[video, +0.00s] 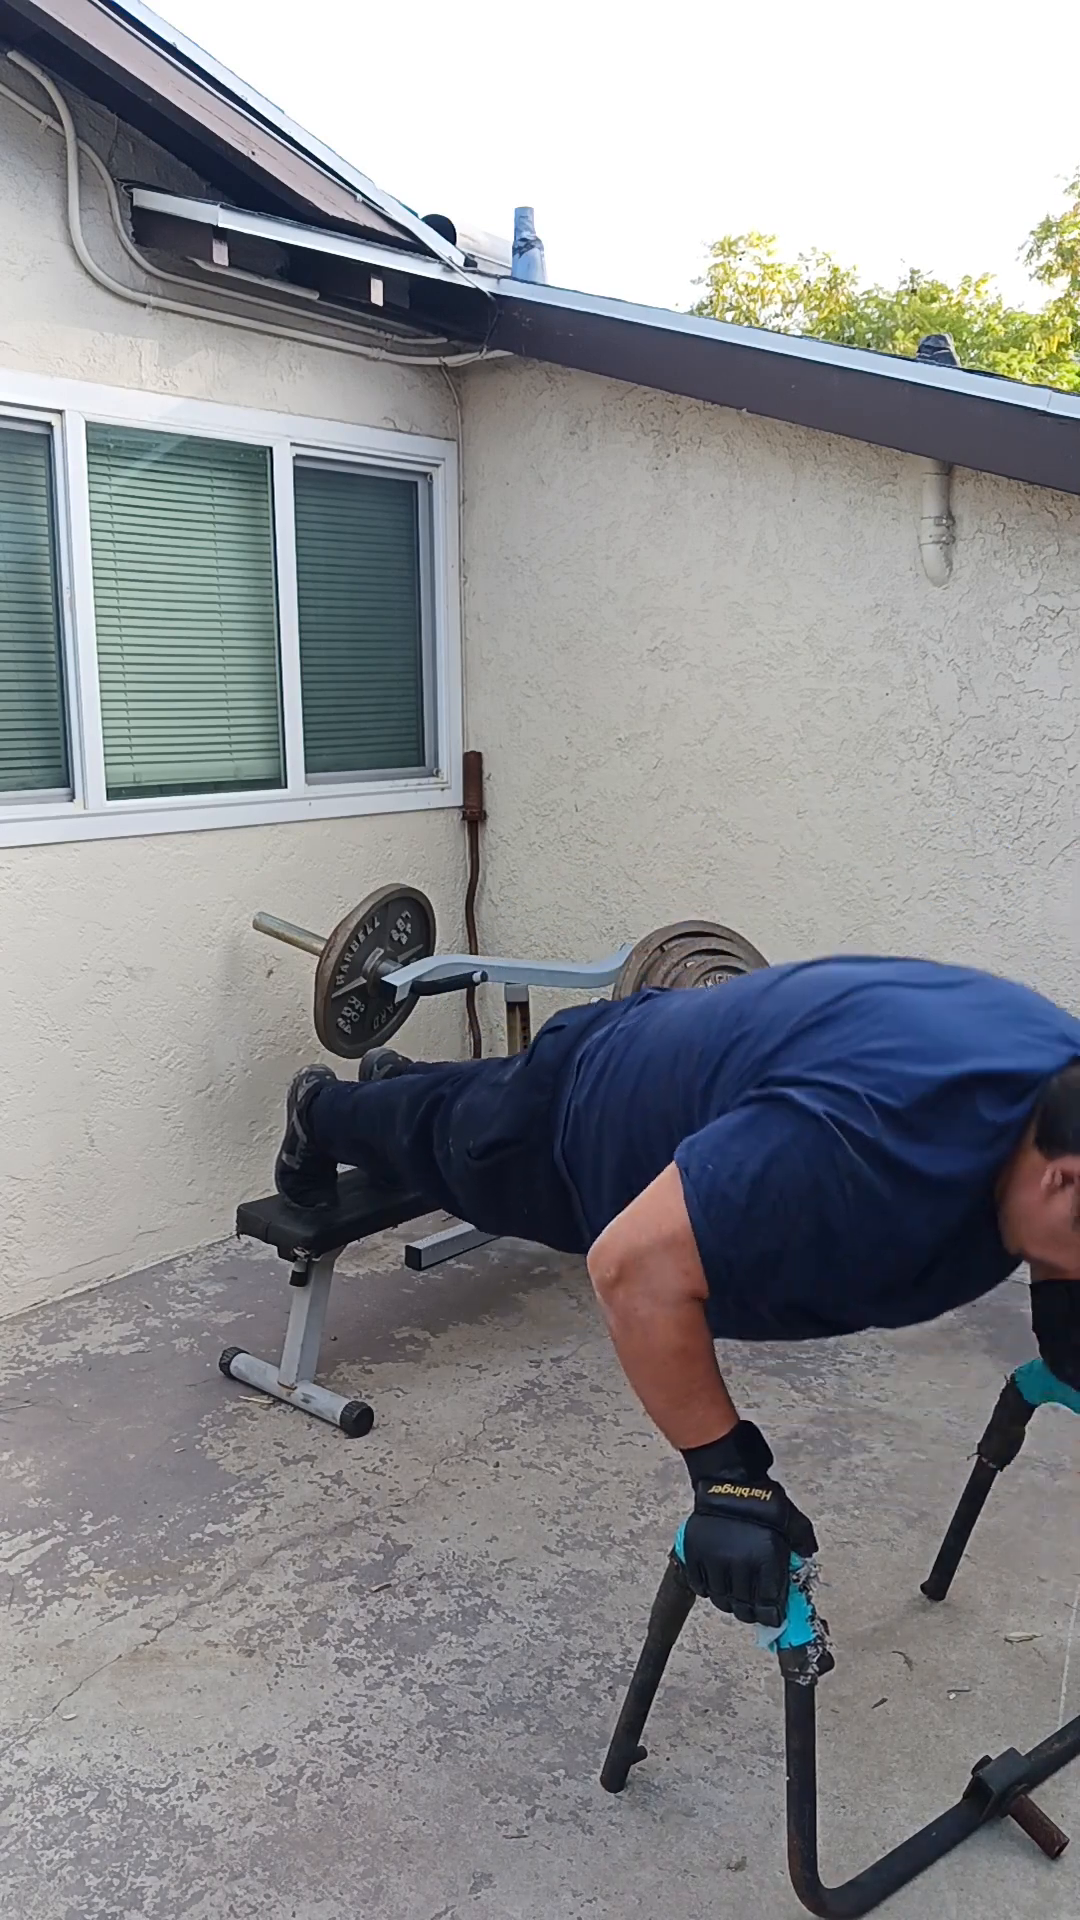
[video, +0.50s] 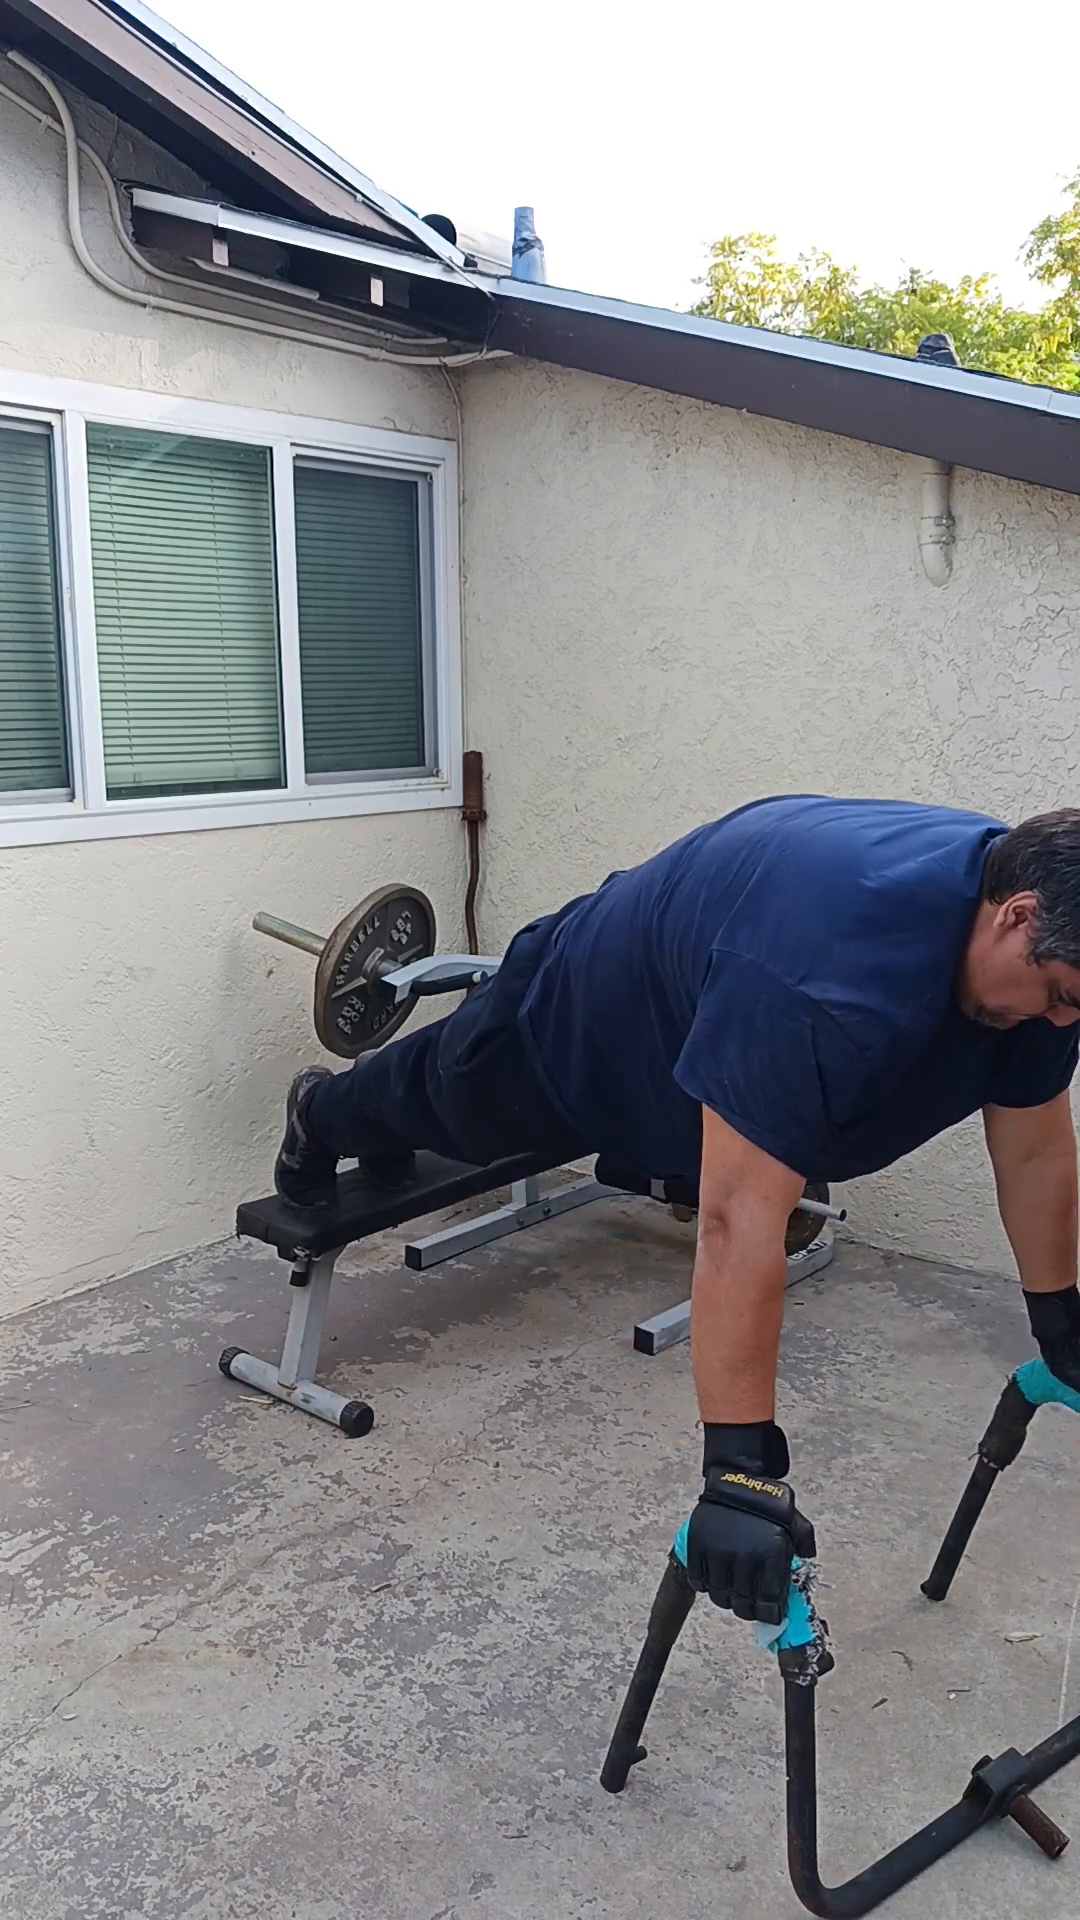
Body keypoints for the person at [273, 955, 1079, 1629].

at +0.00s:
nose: (1062, 1266)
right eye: (1074, 1240)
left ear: (1064, 1170)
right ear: (1055, 1179)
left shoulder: (1059, 1082)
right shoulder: (840, 1148)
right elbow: (633, 1269)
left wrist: (1059, 1324)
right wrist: (729, 1474)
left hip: (730, 1019)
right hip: (605, 1094)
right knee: (451, 1125)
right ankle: (324, 1115)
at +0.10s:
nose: (1054, 1173)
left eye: (1072, 1164)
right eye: (1064, 1147)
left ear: (1057, 1073)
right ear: (1040, 1078)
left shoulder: (1050, 1008)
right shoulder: (826, 1081)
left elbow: (1057, 1175)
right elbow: (655, 1259)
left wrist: (1059, 1318)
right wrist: (731, 1475)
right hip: (604, 1065)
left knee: (512, 1118)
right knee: (449, 1114)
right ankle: (324, 1112)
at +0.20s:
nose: (1059, 1095)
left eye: (1072, 1084)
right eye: (1064, 1072)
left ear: (1040, 987)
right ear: (1031, 995)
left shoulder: (1042, 968)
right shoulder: (820, 1018)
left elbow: (1051, 1150)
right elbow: (692, 1238)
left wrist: (1060, 1321)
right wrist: (736, 1478)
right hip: (608, 1039)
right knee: (450, 1098)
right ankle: (322, 1117)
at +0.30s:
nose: (1056, 1039)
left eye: (1073, 1023)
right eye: (1061, 1009)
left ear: (1032, 937)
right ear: (1019, 935)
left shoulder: (1026, 962)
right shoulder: (818, 974)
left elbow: (1043, 1147)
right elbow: (732, 1226)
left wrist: (1059, 1321)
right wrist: (741, 1474)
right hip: (601, 1018)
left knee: (515, 1116)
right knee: (444, 1088)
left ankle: (410, 1142)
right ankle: (320, 1115)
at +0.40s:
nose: (1055, 1018)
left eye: (1073, 1003)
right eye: (1057, 989)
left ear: (1019, 909)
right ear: (1010, 913)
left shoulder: (1024, 962)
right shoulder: (818, 963)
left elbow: (1040, 1153)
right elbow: (741, 1226)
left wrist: (1059, 1323)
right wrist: (741, 1472)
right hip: (606, 999)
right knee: (447, 1082)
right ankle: (318, 1115)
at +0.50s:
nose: (1054, 1023)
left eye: (1072, 1007)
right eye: (1055, 993)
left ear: (1020, 915)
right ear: (1011, 918)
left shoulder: (1023, 958)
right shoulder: (818, 974)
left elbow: (1039, 1151)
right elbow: (736, 1223)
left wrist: (1059, 1321)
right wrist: (740, 1472)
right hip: (600, 995)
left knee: (516, 1100)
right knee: (440, 1078)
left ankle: (394, 1127)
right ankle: (317, 1114)